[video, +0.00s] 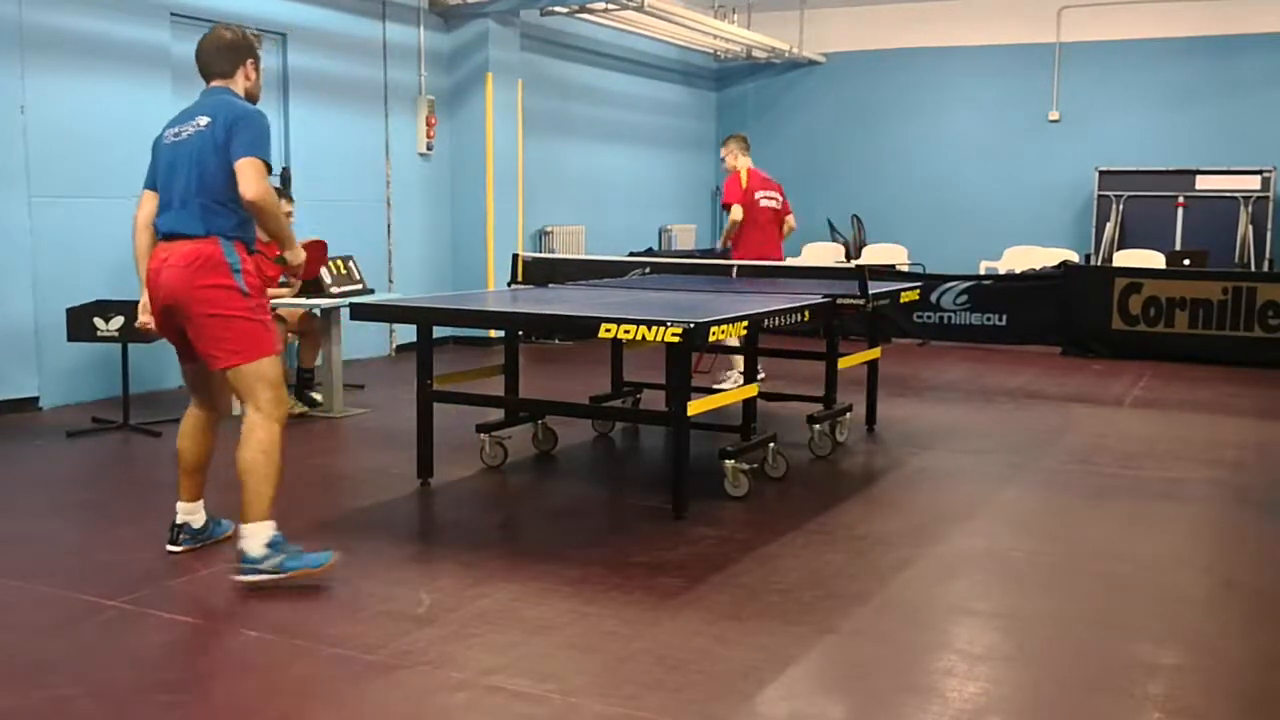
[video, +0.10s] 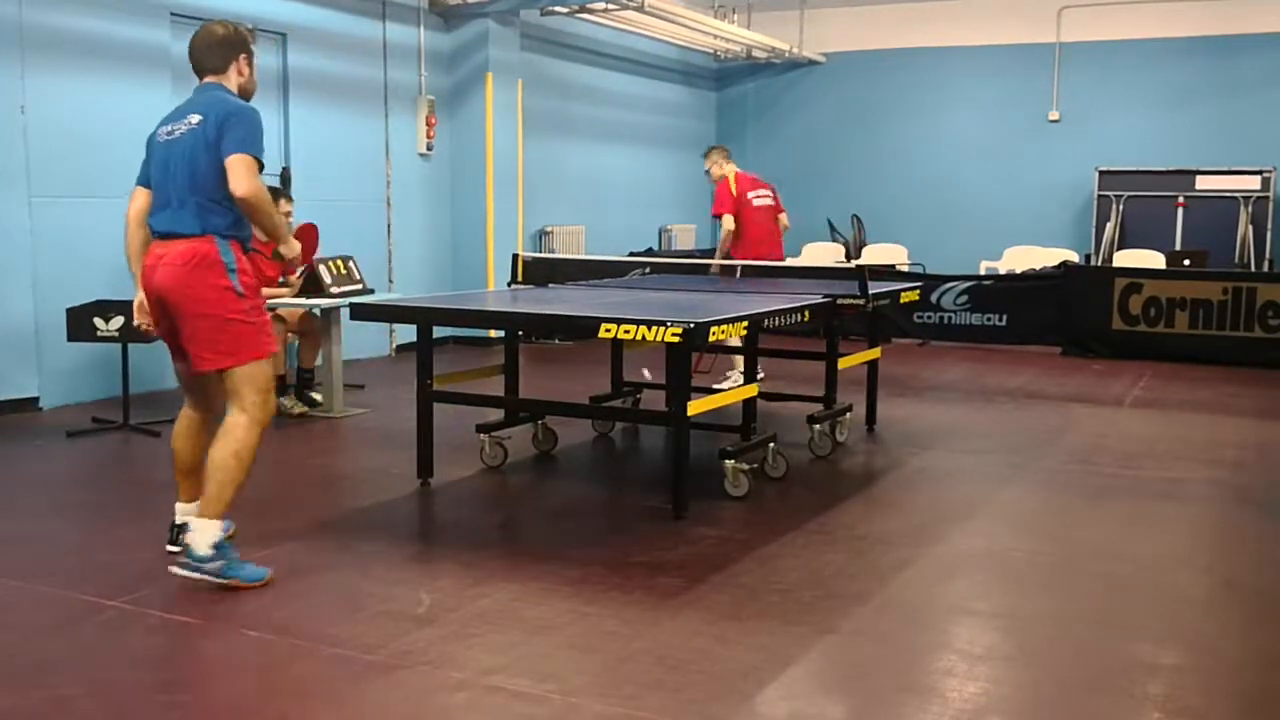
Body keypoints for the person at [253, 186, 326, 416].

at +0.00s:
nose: (291, 220)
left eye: (292, 214)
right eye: (286, 215)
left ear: (290, 214)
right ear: (268, 214)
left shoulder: (286, 245)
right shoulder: (249, 246)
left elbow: (294, 279)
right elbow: (253, 291)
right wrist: (289, 291)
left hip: (277, 305)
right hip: (254, 309)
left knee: (312, 323)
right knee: (277, 329)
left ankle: (305, 387)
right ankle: (280, 394)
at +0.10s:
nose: (290, 221)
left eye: (291, 215)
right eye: (285, 215)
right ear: (267, 214)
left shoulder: (283, 244)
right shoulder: (247, 245)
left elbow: (292, 281)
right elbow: (253, 291)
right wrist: (289, 292)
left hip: (278, 304)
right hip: (256, 309)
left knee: (313, 324)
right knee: (277, 329)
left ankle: (305, 387)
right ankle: (282, 394)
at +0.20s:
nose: (290, 220)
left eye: (291, 214)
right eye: (285, 215)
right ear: (267, 214)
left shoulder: (283, 244)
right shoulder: (246, 244)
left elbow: (292, 279)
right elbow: (250, 290)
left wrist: (305, 283)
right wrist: (289, 292)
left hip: (280, 304)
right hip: (254, 307)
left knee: (313, 324)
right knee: (276, 327)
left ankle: (305, 387)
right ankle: (282, 394)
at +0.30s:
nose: (291, 220)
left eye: (291, 214)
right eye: (286, 214)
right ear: (267, 214)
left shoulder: (281, 245)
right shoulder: (244, 243)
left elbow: (293, 280)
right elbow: (246, 289)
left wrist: (306, 284)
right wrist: (288, 292)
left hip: (274, 305)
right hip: (246, 308)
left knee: (313, 323)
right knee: (276, 326)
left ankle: (305, 388)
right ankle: (282, 395)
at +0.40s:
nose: (290, 220)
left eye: (291, 214)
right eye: (286, 215)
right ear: (267, 214)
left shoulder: (281, 243)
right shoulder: (243, 242)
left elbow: (292, 278)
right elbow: (246, 290)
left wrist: (310, 282)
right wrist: (289, 292)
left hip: (273, 305)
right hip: (245, 308)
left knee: (312, 323)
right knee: (276, 326)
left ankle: (305, 388)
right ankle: (282, 395)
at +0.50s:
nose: (292, 215)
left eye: (291, 208)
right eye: (287, 208)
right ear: (270, 211)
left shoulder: (280, 243)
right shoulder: (242, 242)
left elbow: (292, 279)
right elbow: (244, 289)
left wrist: (312, 281)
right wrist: (288, 292)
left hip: (272, 305)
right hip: (244, 308)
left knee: (313, 324)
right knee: (277, 326)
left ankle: (304, 388)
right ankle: (282, 395)